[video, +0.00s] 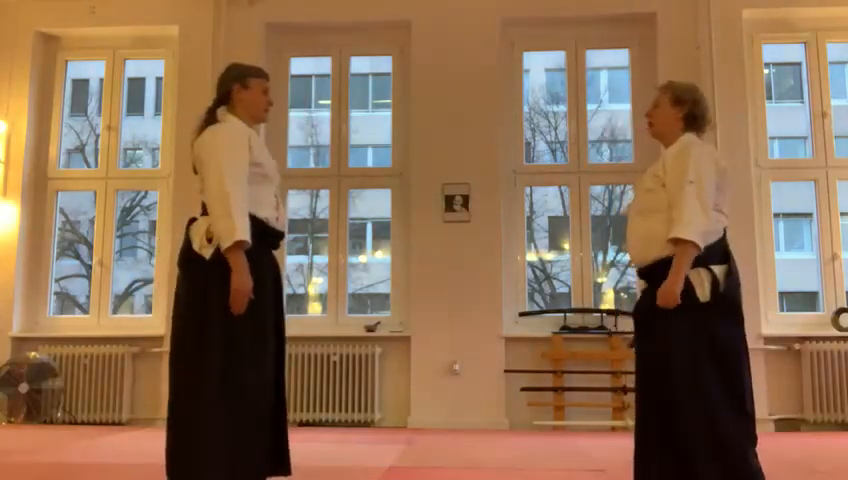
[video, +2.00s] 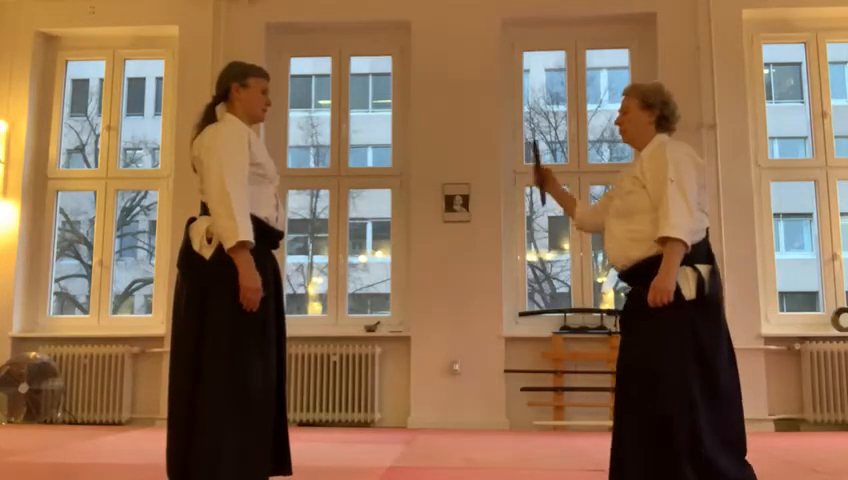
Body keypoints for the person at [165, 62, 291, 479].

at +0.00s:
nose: (270, 99)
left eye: (269, 92)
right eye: (263, 92)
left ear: (246, 96)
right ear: (237, 94)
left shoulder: (246, 136)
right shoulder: (225, 134)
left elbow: (245, 201)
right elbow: (223, 197)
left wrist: (264, 256)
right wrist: (238, 263)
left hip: (248, 256)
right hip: (227, 259)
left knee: (246, 368)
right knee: (229, 368)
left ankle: (241, 463)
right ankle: (225, 466)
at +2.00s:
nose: (268, 101)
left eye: (269, 94)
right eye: (262, 93)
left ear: (242, 96)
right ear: (235, 93)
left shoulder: (238, 134)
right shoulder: (226, 132)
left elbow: (234, 198)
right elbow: (224, 197)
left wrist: (258, 257)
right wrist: (245, 262)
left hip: (237, 257)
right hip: (229, 260)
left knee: (239, 368)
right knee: (232, 368)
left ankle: (236, 464)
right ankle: (230, 466)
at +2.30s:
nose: (270, 102)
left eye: (270, 94)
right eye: (264, 93)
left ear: (242, 94)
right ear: (239, 92)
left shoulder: (241, 134)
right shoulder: (228, 134)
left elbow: (242, 198)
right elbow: (240, 198)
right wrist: (299, 235)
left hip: (235, 255)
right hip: (230, 258)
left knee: (237, 364)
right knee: (235, 364)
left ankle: (230, 464)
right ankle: (232, 465)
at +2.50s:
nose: (273, 102)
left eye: (274, 94)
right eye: (267, 93)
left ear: (243, 96)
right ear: (240, 92)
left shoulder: (223, 133)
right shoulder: (238, 134)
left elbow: (254, 193)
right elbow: (262, 189)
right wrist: (324, 200)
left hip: (214, 249)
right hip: (234, 255)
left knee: (217, 359)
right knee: (238, 360)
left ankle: (214, 463)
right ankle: (236, 464)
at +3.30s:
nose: (262, 108)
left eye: (263, 100)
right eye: (256, 99)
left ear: (236, 98)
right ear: (229, 94)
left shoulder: (232, 140)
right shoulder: (213, 137)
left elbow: (227, 202)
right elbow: (216, 199)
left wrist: (279, 217)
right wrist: (281, 215)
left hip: (217, 258)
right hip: (199, 259)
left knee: (220, 364)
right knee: (205, 365)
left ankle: (213, 464)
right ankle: (201, 466)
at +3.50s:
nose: (245, 113)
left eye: (247, 106)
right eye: (239, 104)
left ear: (217, 103)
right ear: (212, 99)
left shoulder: (214, 145)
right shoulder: (195, 140)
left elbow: (211, 215)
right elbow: (186, 201)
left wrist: (233, 271)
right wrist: (249, 232)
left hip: (204, 264)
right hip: (184, 264)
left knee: (205, 374)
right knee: (187, 375)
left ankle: (201, 470)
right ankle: (186, 471)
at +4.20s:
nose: (196, 114)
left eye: (198, 108)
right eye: (190, 105)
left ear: (183, 110)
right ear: (162, 103)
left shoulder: (176, 154)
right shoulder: (141, 144)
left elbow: (180, 219)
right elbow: (134, 208)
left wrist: (200, 275)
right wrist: (193, 238)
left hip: (168, 264)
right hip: (136, 263)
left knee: (165, 366)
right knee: (129, 365)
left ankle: (159, 464)